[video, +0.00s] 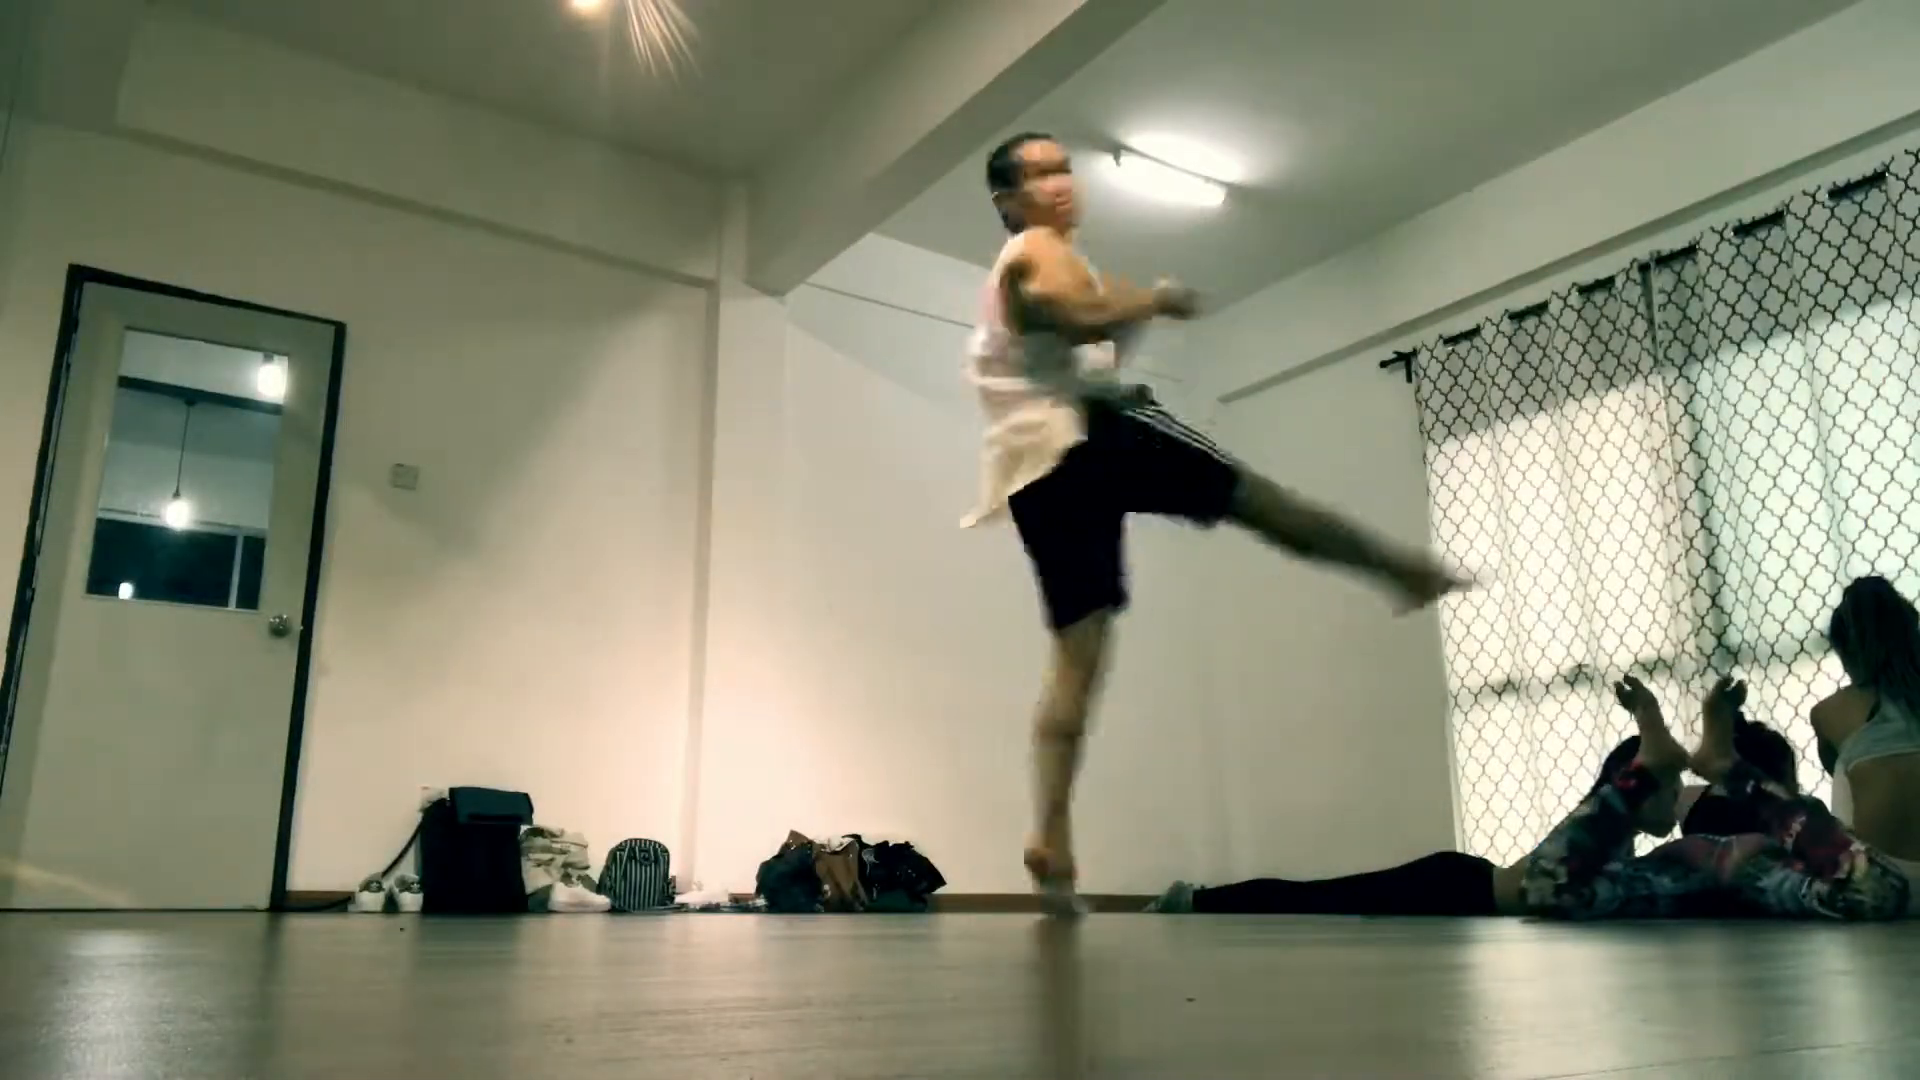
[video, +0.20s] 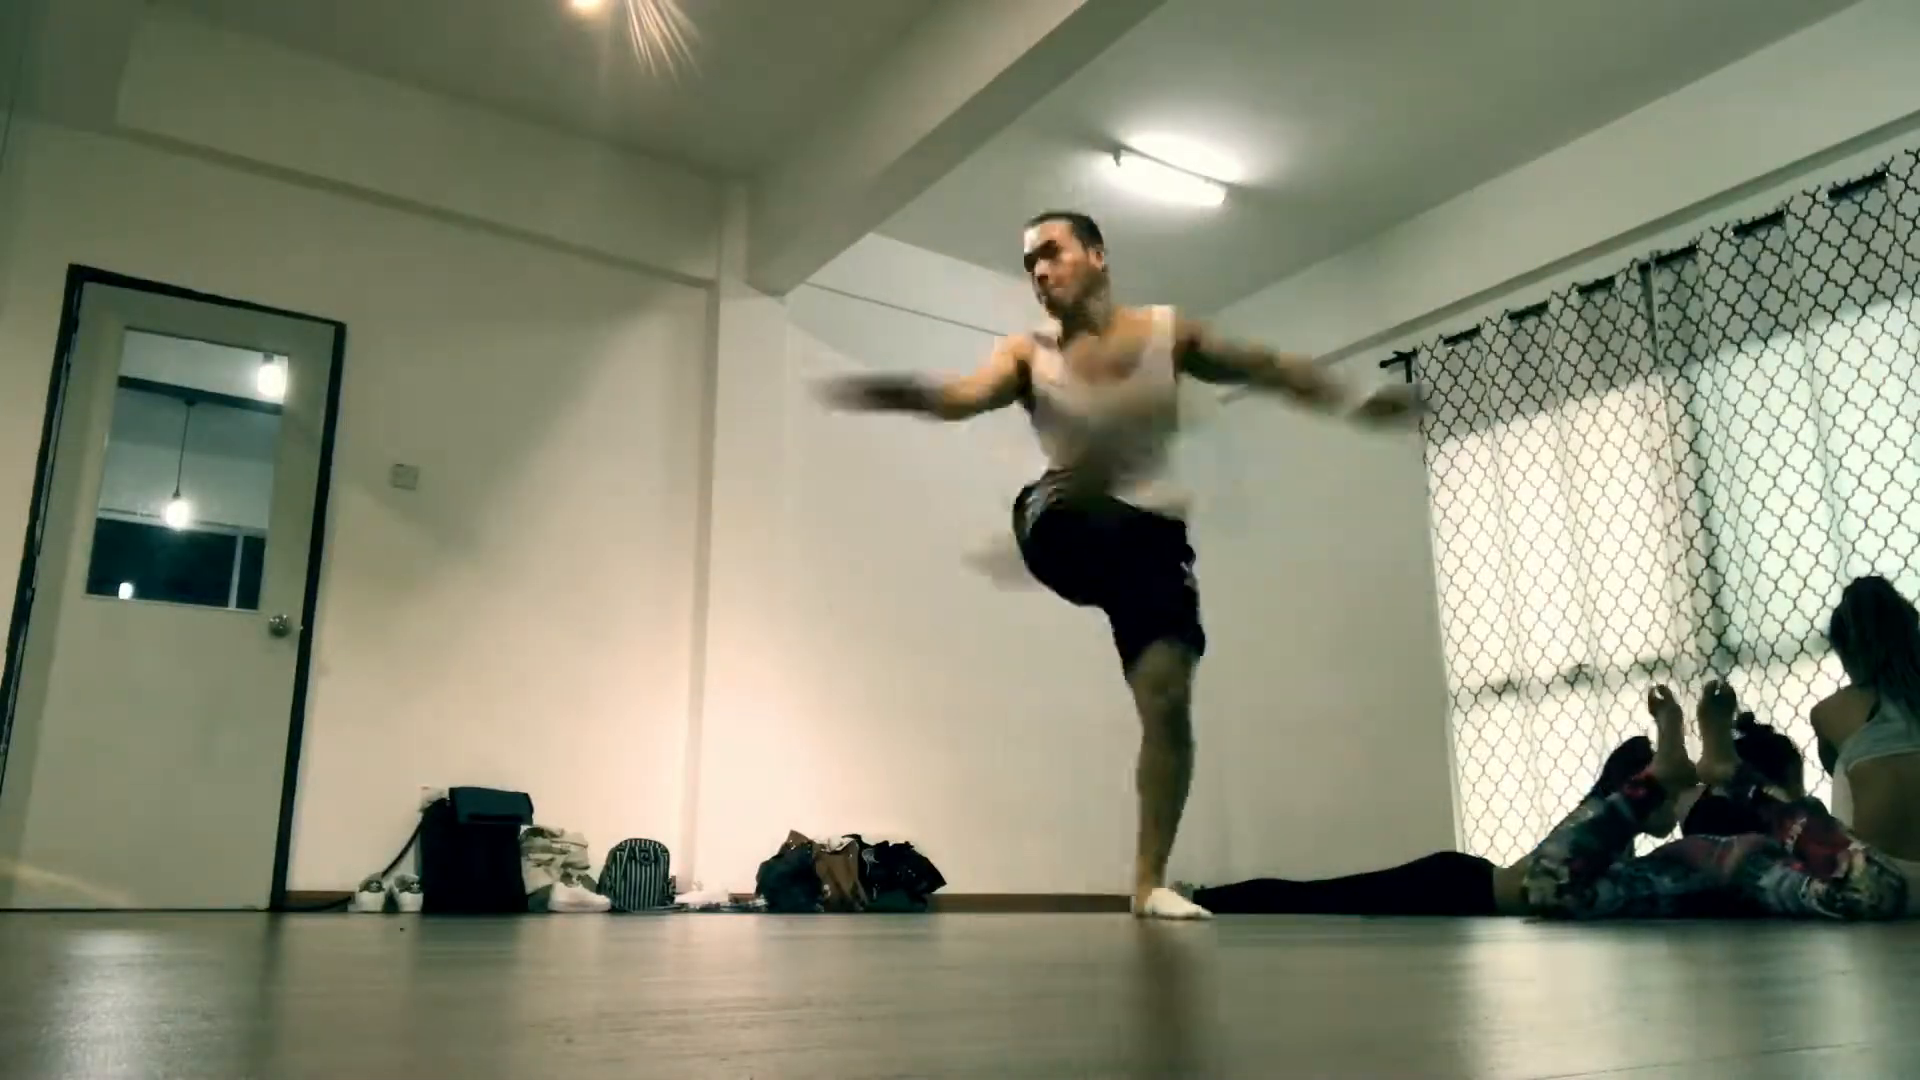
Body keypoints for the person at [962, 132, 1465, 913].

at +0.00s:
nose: (1066, 184)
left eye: (1065, 170)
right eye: (1047, 175)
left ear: (1061, 180)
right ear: (1010, 197)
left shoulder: (1013, 271)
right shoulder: (1036, 247)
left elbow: (1041, 358)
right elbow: (1058, 301)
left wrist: (1111, 329)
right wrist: (1150, 300)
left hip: (1035, 477)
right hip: (1085, 444)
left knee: (1078, 654)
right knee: (1255, 499)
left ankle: (1050, 839)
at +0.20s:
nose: (1038, 270)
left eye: (1051, 254)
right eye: (1030, 262)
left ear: (1097, 258)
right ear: (1031, 279)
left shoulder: (1166, 333)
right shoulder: (1027, 354)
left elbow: (1269, 370)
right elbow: (959, 398)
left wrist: (1354, 402)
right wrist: (889, 395)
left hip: (1147, 535)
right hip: (1064, 536)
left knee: (1168, 704)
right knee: (1060, 495)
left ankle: (1150, 885)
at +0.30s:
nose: (1035, 243)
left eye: (1047, 225)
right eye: (1028, 235)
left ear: (1093, 225)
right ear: (1034, 253)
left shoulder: (1166, 286)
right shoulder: (1042, 342)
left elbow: (1294, 273)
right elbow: (935, 394)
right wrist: (825, 407)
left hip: (1160, 521)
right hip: (1084, 502)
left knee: (1156, 710)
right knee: (990, 482)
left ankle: (1149, 886)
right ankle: (833, 492)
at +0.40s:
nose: (1016, 196)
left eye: (1028, 178)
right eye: (1011, 185)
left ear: (1077, 178)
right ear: (1027, 201)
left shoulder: (1138, 232)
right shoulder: (1043, 303)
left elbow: (1251, 205)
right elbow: (972, 394)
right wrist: (883, 446)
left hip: (1152, 474)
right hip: (1077, 459)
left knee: (1120, 654)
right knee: (937, 514)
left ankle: (1162, 854)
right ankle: (765, 554)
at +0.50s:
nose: (1001, 183)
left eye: (1017, 167)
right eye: (997, 174)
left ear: (1065, 173)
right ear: (1011, 194)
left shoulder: (1093, 224)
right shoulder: (1034, 287)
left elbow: (1157, 222)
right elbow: (1037, 406)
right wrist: (958, 470)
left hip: (1128, 458)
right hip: (1076, 460)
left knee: (1102, 659)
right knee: (982, 543)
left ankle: (1100, 852)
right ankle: (873, 609)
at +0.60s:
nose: (990, 182)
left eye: (1006, 167)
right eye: (989, 171)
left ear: (1055, 179)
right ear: (1051, 190)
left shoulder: (1037, 229)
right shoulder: (1076, 250)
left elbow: (1018, 294)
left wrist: (885, 318)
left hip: (1076, 471)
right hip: (1120, 468)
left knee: (1093, 668)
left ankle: (1108, 863)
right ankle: (1064, 624)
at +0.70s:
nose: (970, 172)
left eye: (983, 156)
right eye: (975, 156)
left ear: (1026, 166)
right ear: (1038, 172)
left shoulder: (971, 240)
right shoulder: (1095, 247)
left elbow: (927, 351)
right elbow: (1189, 335)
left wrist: (899, 395)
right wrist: (1156, 377)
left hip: (1017, 477)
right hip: (1108, 454)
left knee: (1059, 670)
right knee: (1165, 572)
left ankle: (1094, 849)